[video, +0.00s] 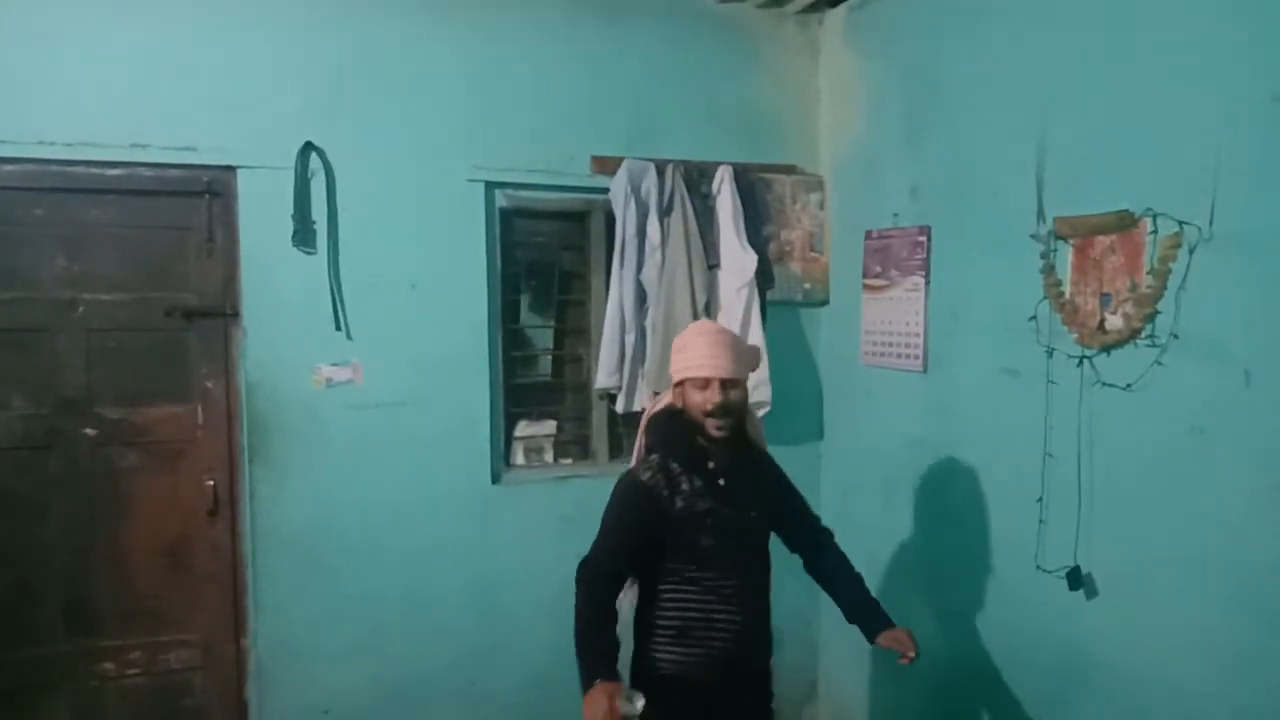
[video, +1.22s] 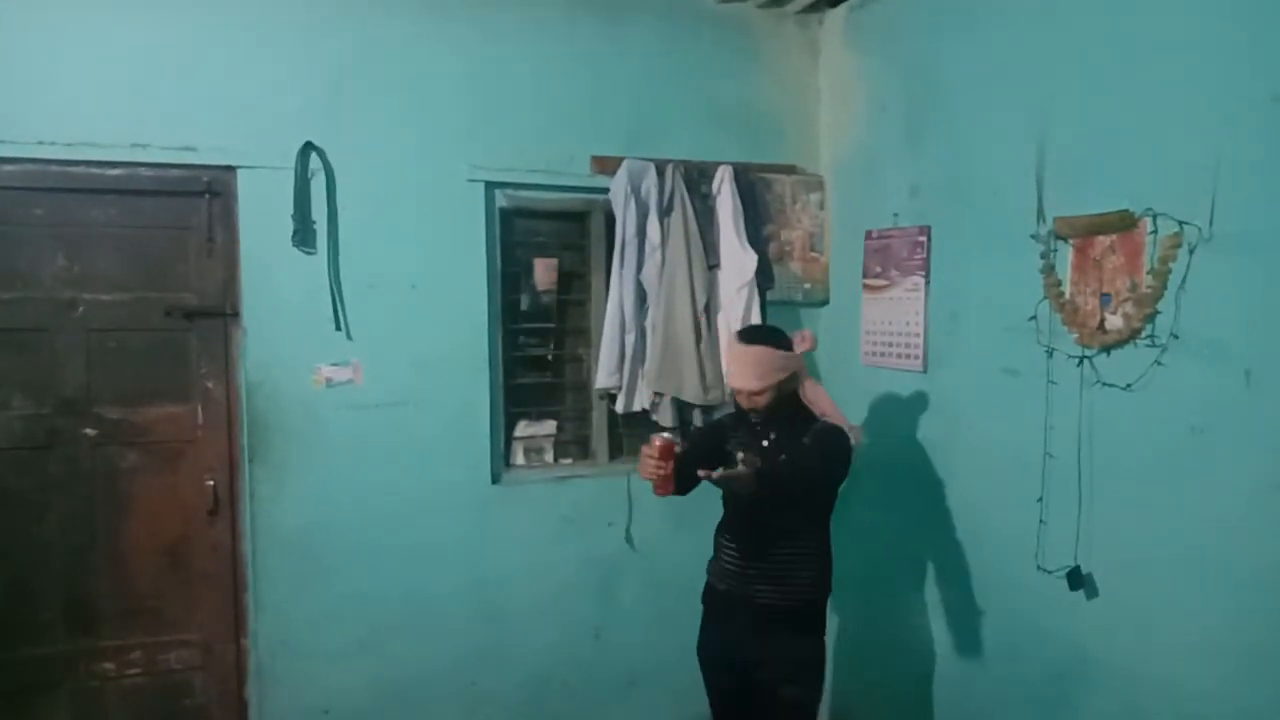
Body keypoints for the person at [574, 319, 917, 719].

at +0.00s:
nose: (718, 399)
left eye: (730, 385)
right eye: (702, 385)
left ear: (746, 391)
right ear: (678, 392)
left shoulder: (757, 471)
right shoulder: (649, 481)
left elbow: (815, 545)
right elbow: (597, 579)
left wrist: (876, 623)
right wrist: (601, 679)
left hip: (746, 683)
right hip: (670, 686)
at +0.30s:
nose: (728, 393)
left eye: (744, 380)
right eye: (715, 379)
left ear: (768, 383)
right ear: (700, 381)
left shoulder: (801, 458)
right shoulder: (677, 463)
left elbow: (834, 551)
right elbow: (648, 569)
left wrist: (841, 652)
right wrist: (664, 678)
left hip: (785, 659)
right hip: (701, 663)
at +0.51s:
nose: (752, 407)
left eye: (768, 395)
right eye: (741, 393)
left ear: (794, 400)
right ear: (729, 396)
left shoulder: (834, 479)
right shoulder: (709, 478)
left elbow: (867, 579)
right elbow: (686, 571)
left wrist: (841, 673)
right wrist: (676, 656)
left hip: (805, 670)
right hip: (726, 668)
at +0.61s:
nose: (759, 407)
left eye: (774, 395)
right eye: (750, 393)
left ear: (802, 400)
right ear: (739, 396)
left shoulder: (842, 474)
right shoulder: (724, 470)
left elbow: (882, 569)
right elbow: (696, 540)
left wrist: (830, 617)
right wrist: (682, 589)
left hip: (818, 661)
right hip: (739, 657)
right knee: (719, 711)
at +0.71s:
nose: (761, 396)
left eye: (776, 385)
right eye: (753, 382)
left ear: (805, 389)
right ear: (741, 383)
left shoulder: (846, 463)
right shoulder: (732, 453)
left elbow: (878, 556)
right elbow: (689, 520)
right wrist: (683, 540)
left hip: (822, 647)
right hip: (745, 643)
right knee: (725, 709)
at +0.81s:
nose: (759, 386)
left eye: (775, 373)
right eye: (750, 371)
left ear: (802, 378)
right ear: (739, 372)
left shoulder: (842, 445)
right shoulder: (732, 437)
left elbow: (853, 521)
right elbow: (683, 518)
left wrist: (785, 503)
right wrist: (679, 499)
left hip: (824, 625)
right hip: (749, 621)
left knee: (828, 711)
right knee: (727, 709)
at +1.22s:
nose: (746, 400)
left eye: (758, 391)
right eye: (738, 390)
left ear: (785, 381)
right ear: (730, 381)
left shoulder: (824, 437)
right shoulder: (731, 428)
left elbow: (803, 482)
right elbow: (691, 459)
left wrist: (755, 479)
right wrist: (660, 463)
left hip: (793, 608)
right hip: (728, 601)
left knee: (789, 705)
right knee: (728, 705)